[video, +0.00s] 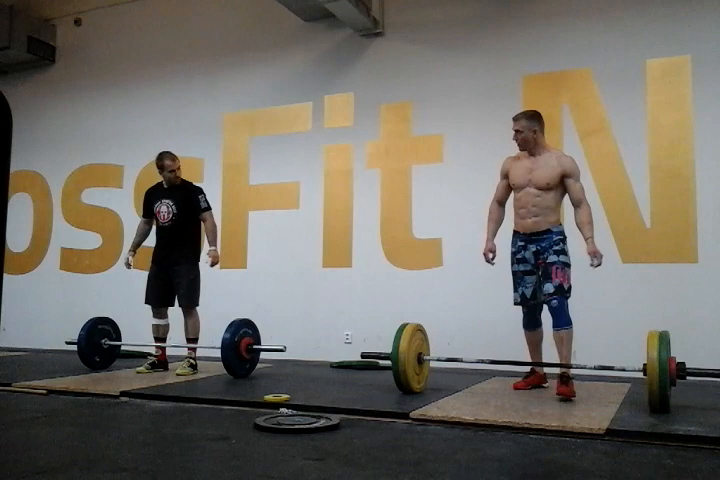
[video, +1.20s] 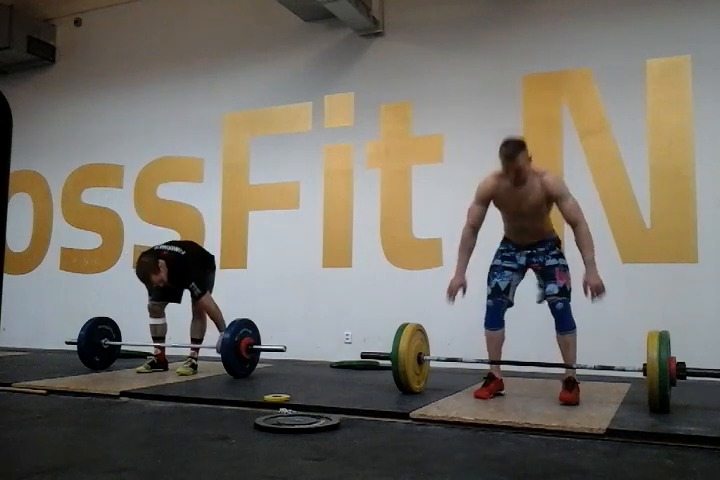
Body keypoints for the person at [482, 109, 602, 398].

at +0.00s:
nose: (514, 137)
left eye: (519, 132)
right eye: (513, 132)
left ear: (536, 132)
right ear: (520, 133)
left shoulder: (563, 163)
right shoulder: (510, 164)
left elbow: (580, 204)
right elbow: (498, 203)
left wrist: (590, 241)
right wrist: (490, 239)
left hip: (552, 242)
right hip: (521, 243)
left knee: (557, 305)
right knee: (530, 309)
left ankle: (565, 377)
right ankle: (537, 371)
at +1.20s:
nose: (516, 175)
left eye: (520, 169)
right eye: (511, 171)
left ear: (529, 160)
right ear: (503, 166)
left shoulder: (549, 183)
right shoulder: (491, 186)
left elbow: (578, 224)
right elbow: (471, 228)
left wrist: (591, 269)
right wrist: (459, 272)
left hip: (547, 249)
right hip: (511, 249)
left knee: (560, 307)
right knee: (494, 305)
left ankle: (570, 379)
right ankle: (494, 377)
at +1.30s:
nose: (516, 213)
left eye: (520, 206)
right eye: (510, 208)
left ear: (528, 196)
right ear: (501, 203)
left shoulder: (548, 210)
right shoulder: (491, 214)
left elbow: (583, 252)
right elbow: (468, 256)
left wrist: (601, 303)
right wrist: (453, 298)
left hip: (551, 255)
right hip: (515, 256)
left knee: (567, 309)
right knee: (486, 306)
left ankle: (572, 380)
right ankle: (493, 376)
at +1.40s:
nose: (513, 245)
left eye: (518, 240)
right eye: (508, 241)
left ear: (527, 231)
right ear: (500, 235)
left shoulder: (550, 241)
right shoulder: (490, 242)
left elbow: (589, 282)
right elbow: (463, 283)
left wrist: (612, 330)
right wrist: (447, 322)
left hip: (552, 269)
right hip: (514, 269)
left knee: (573, 309)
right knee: (482, 306)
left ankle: (573, 381)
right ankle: (492, 376)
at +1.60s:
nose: (513, 292)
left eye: (516, 286)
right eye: (507, 287)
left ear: (526, 277)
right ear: (497, 280)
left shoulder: (550, 280)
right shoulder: (483, 284)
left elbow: (600, 308)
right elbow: (453, 309)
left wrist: (631, 349)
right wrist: (433, 342)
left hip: (552, 271)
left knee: (572, 315)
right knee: (482, 312)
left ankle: (572, 381)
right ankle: (493, 379)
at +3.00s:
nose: (511, 251)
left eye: (515, 245)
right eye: (506, 247)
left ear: (527, 237)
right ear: (499, 243)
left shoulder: (550, 258)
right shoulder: (489, 259)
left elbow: (593, 297)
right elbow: (461, 294)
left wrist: (624, 340)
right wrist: (436, 331)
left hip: (551, 287)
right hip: (512, 288)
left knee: (572, 313)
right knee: (481, 309)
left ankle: (570, 383)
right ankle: (494, 378)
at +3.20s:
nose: (511, 219)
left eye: (515, 213)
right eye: (506, 215)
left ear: (528, 207)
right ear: (500, 213)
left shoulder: (550, 229)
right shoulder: (492, 231)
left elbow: (593, 268)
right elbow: (463, 266)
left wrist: (624, 309)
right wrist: (436, 303)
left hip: (555, 265)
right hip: (517, 265)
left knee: (574, 312)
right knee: (488, 308)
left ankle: (571, 383)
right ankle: (494, 378)